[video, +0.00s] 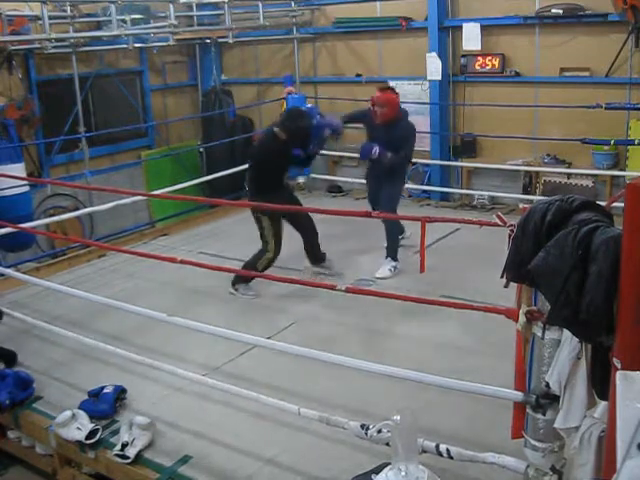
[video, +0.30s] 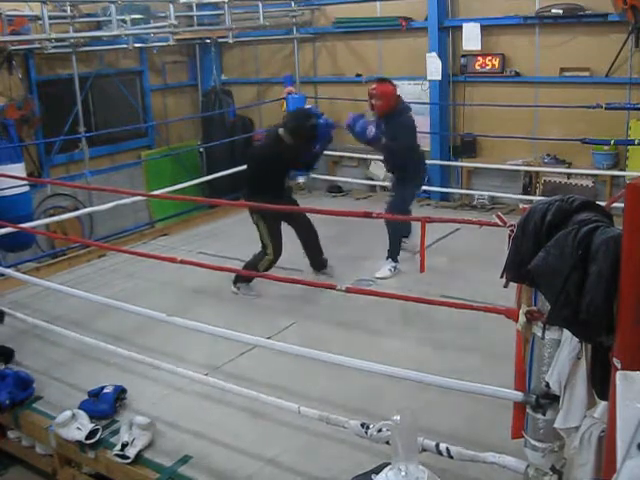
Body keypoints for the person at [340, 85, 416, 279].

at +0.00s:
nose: (376, 111)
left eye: (381, 108)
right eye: (375, 107)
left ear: (392, 109)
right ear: (373, 106)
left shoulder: (406, 128)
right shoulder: (371, 116)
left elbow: (403, 160)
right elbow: (349, 117)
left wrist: (380, 154)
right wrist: (337, 124)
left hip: (395, 173)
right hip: (375, 169)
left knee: (387, 211)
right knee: (376, 205)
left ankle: (392, 260)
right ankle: (399, 229)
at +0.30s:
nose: (373, 104)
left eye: (377, 99)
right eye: (372, 99)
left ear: (389, 100)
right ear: (372, 100)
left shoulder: (403, 121)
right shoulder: (384, 117)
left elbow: (401, 150)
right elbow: (379, 140)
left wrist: (376, 140)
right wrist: (361, 129)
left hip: (412, 172)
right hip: (399, 169)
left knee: (393, 212)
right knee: (401, 205)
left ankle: (392, 260)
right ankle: (405, 236)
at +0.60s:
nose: (408, 111)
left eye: (410, 107)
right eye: (407, 107)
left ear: (417, 107)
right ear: (419, 107)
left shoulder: (432, 129)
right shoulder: (420, 127)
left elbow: (418, 152)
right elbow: (397, 143)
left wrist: (406, 134)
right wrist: (386, 121)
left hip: (432, 186)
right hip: (432, 185)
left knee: (400, 217)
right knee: (438, 220)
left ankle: (399, 267)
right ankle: (482, 238)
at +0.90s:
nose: (442, 109)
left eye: (446, 105)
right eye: (441, 105)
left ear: (457, 104)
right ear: (442, 105)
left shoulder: (472, 126)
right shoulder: (450, 120)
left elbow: (479, 158)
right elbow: (444, 139)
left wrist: (455, 157)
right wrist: (429, 125)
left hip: (480, 175)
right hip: (473, 173)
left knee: (451, 215)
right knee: (482, 216)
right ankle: (512, 249)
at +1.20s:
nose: (459, 111)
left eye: (463, 107)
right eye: (457, 106)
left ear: (474, 106)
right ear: (458, 106)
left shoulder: (488, 126)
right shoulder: (476, 116)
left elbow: (483, 158)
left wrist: (461, 140)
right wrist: (453, 126)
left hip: (506, 171)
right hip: (500, 168)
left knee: (483, 217)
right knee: (498, 210)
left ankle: (485, 267)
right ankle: (524, 246)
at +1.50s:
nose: (496, 121)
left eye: (498, 117)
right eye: (496, 117)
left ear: (506, 117)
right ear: (512, 114)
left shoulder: (518, 133)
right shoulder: (521, 122)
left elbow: (500, 156)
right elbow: (501, 141)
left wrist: (485, 138)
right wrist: (487, 133)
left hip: (529, 185)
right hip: (534, 181)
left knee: (496, 211)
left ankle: (498, 265)